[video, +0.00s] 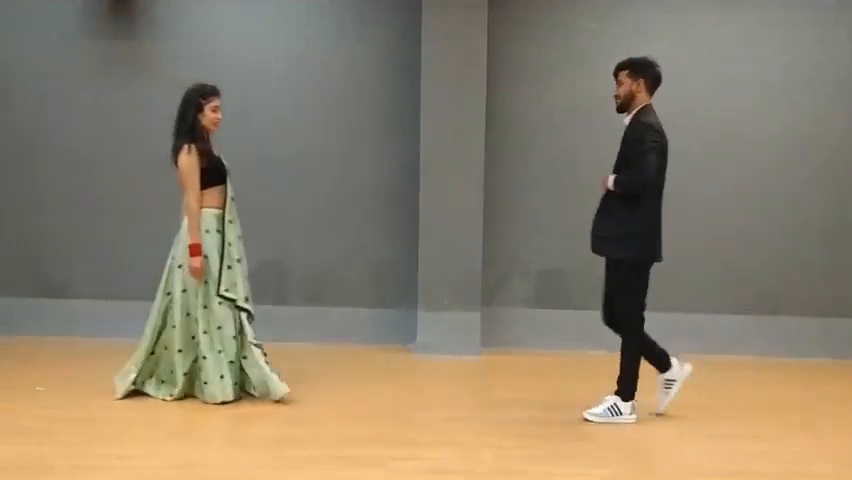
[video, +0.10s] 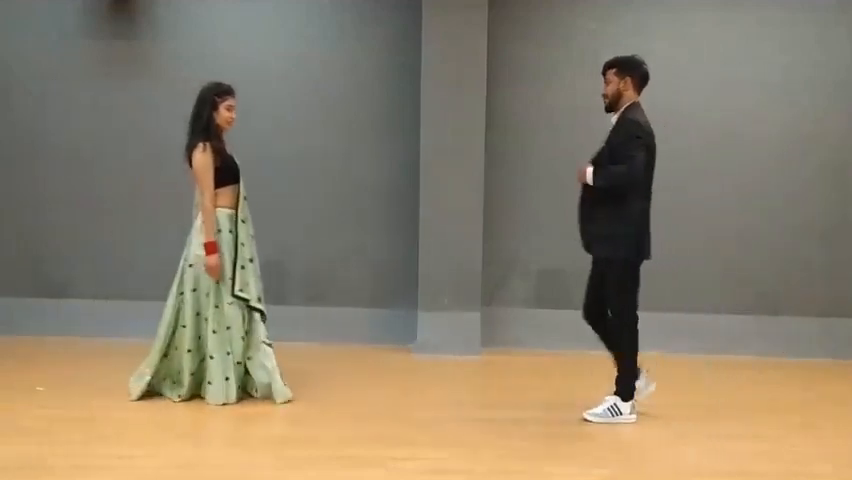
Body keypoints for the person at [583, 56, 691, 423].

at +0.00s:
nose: (616, 90)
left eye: (621, 83)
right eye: (616, 83)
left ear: (640, 85)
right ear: (639, 86)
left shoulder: (647, 128)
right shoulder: (639, 125)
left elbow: (644, 180)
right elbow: (641, 178)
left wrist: (614, 182)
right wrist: (618, 183)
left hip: (635, 242)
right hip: (624, 240)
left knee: (628, 318)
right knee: (615, 314)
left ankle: (624, 401)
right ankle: (670, 367)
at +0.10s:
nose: (603, 88)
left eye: (608, 81)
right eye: (604, 82)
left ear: (627, 83)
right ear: (626, 84)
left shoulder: (635, 125)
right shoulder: (626, 123)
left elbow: (632, 174)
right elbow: (623, 170)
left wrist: (594, 174)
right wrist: (597, 171)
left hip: (624, 242)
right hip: (613, 240)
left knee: (623, 315)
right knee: (595, 312)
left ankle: (623, 401)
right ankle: (633, 374)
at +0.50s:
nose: (546, 94)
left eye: (550, 87)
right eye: (547, 87)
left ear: (567, 87)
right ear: (566, 88)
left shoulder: (588, 122)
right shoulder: (568, 127)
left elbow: (617, 161)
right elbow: (571, 186)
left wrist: (588, 160)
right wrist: (555, 225)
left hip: (582, 241)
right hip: (563, 241)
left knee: (600, 320)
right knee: (542, 317)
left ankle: (621, 399)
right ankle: (514, 393)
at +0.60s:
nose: (531, 96)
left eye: (535, 88)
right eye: (531, 89)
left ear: (553, 89)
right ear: (551, 90)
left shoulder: (575, 121)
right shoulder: (551, 129)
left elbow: (607, 157)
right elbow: (550, 183)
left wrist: (584, 162)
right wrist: (536, 224)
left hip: (566, 236)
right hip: (545, 236)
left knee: (585, 320)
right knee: (533, 320)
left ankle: (618, 395)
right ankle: (509, 398)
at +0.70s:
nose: (508, 92)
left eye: (511, 84)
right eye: (509, 85)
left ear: (528, 84)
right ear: (527, 85)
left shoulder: (557, 115)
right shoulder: (527, 126)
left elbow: (590, 151)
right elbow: (528, 178)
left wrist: (571, 170)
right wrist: (513, 215)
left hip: (544, 232)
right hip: (519, 231)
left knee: (550, 320)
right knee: (517, 319)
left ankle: (604, 382)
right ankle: (507, 399)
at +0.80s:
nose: (493, 90)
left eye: (495, 82)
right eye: (494, 83)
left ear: (510, 82)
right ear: (512, 84)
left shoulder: (543, 113)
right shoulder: (511, 126)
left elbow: (577, 150)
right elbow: (513, 175)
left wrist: (562, 181)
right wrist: (499, 213)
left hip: (528, 229)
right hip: (506, 229)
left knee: (518, 316)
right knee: (510, 316)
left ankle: (576, 374)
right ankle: (507, 399)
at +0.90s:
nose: (477, 89)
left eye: (481, 81)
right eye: (478, 81)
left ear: (496, 81)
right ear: (498, 83)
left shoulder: (530, 113)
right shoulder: (494, 123)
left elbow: (564, 151)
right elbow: (500, 173)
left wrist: (554, 189)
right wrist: (487, 212)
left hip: (516, 227)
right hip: (496, 227)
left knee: (497, 313)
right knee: (499, 314)